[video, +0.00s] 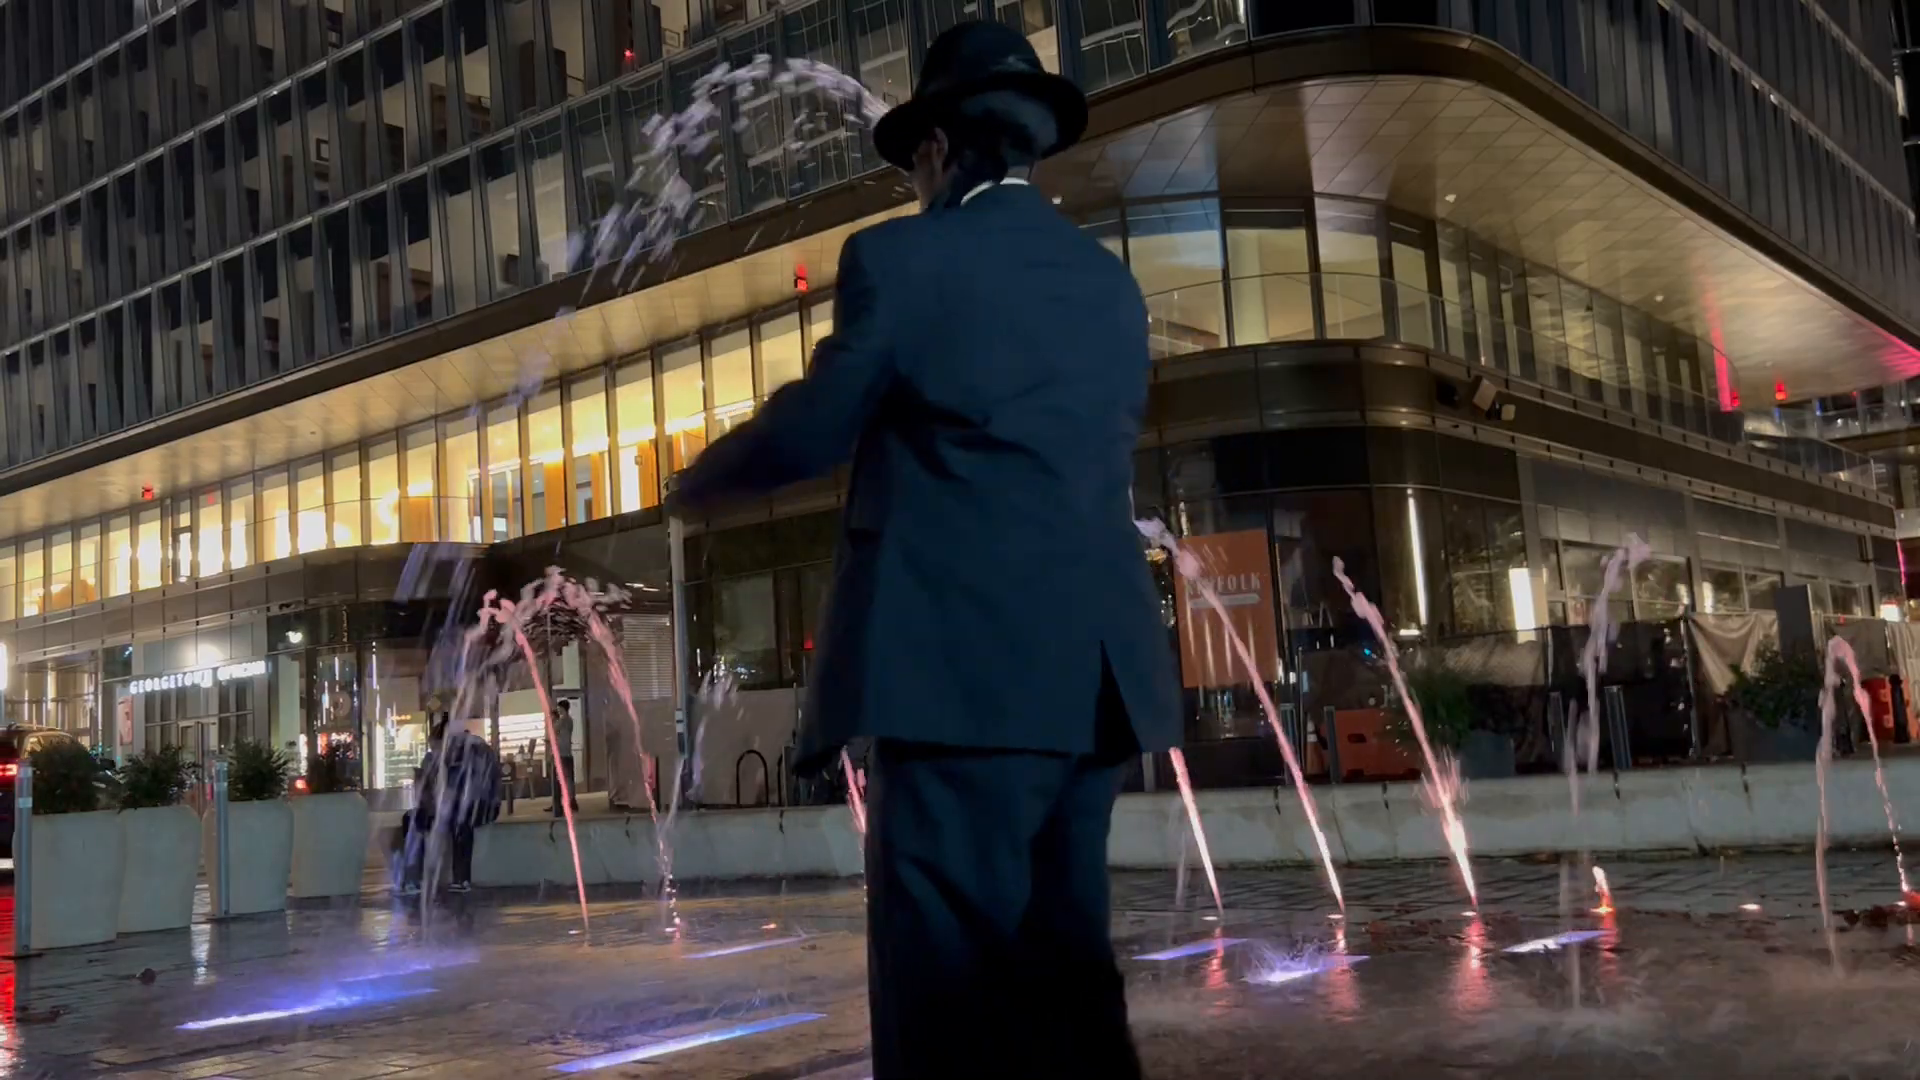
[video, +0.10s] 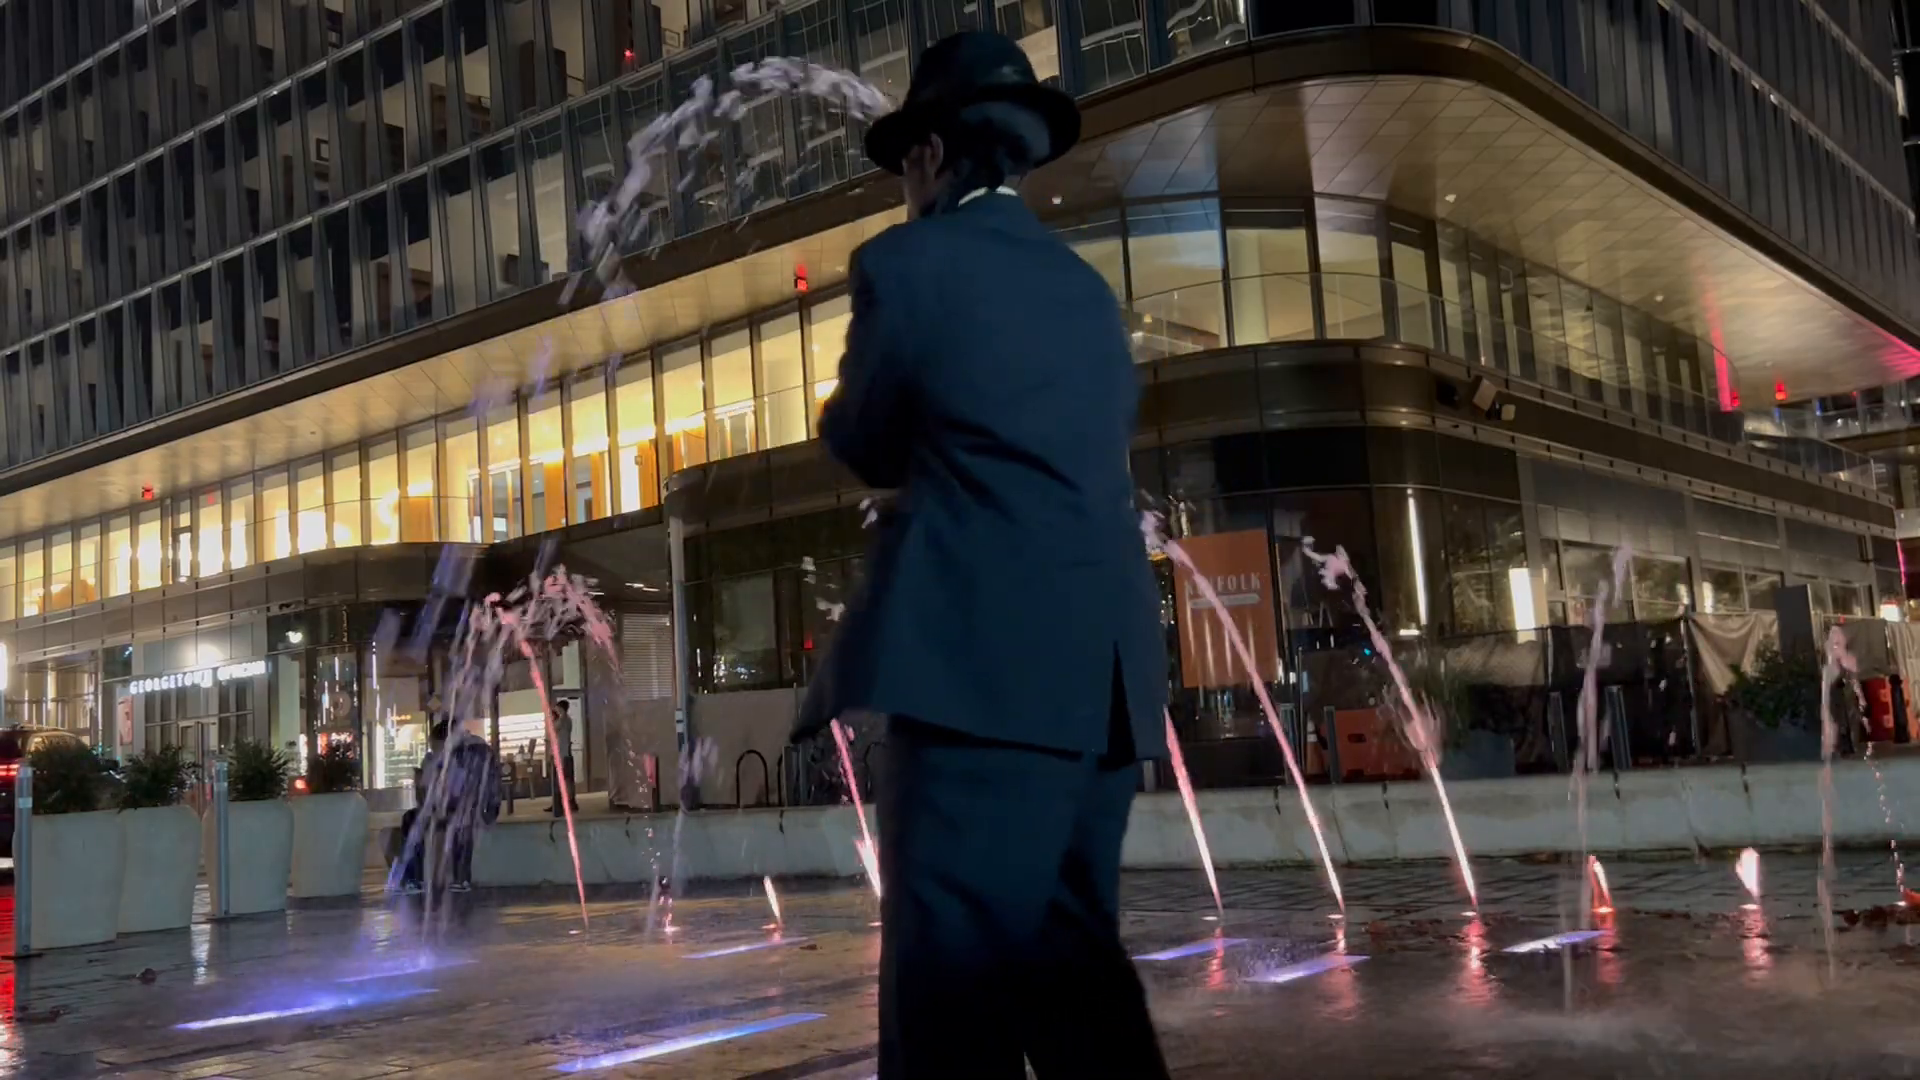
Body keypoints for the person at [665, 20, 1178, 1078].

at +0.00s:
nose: (910, 181)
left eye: (913, 157)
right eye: (911, 161)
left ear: (943, 146)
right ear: (1031, 149)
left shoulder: (899, 258)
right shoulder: (1111, 279)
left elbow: (822, 420)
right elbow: (1081, 444)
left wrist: (702, 479)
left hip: (954, 680)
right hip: (1100, 680)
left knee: (938, 987)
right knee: (1069, 970)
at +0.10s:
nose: (902, 184)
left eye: (907, 159)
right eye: (905, 162)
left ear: (934, 154)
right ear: (1021, 160)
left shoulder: (908, 259)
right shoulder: (1090, 285)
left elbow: (858, 436)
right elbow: (1094, 436)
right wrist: (929, 465)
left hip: (976, 673)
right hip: (1112, 677)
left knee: (948, 981)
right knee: (1078, 957)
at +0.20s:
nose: (901, 206)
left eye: (903, 182)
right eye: (900, 185)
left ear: (937, 171)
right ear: (1017, 172)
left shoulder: (915, 266)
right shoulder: (1097, 298)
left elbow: (862, 450)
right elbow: (1112, 457)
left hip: (991, 690)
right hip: (1127, 693)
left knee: (953, 996)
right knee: (1103, 975)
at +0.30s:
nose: (899, 221)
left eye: (900, 197)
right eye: (897, 201)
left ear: (933, 183)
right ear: (1014, 185)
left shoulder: (918, 275)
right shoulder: (1103, 310)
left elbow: (876, 481)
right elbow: (1151, 495)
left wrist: (855, 487)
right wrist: (969, 526)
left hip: (995, 696)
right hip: (1135, 692)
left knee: (943, 980)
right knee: (1100, 976)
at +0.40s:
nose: (885, 234)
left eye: (888, 209)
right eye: (882, 213)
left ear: (928, 192)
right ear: (991, 194)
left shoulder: (921, 287)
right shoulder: (1077, 311)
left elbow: (910, 509)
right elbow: (1117, 502)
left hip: (1011, 704)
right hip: (1133, 696)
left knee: (927, 989)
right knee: (1089, 976)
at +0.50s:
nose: (863, 235)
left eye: (864, 208)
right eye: (857, 216)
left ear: (908, 180)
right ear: (956, 180)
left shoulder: (917, 270)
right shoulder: (1045, 284)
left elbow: (921, 487)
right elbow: (1096, 484)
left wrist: (952, 580)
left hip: (1006, 689)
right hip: (1115, 683)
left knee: (963, 993)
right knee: (1085, 968)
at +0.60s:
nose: (850, 211)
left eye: (850, 185)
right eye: (843, 192)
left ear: (895, 156)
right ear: (946, 153)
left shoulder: (900, 249)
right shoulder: (1035, 258)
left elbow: (902, 477)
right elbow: (1078, 460)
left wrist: (918, 584)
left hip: (999, 676)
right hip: (1093, 664)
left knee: (977, 992)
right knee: (1051, 973)